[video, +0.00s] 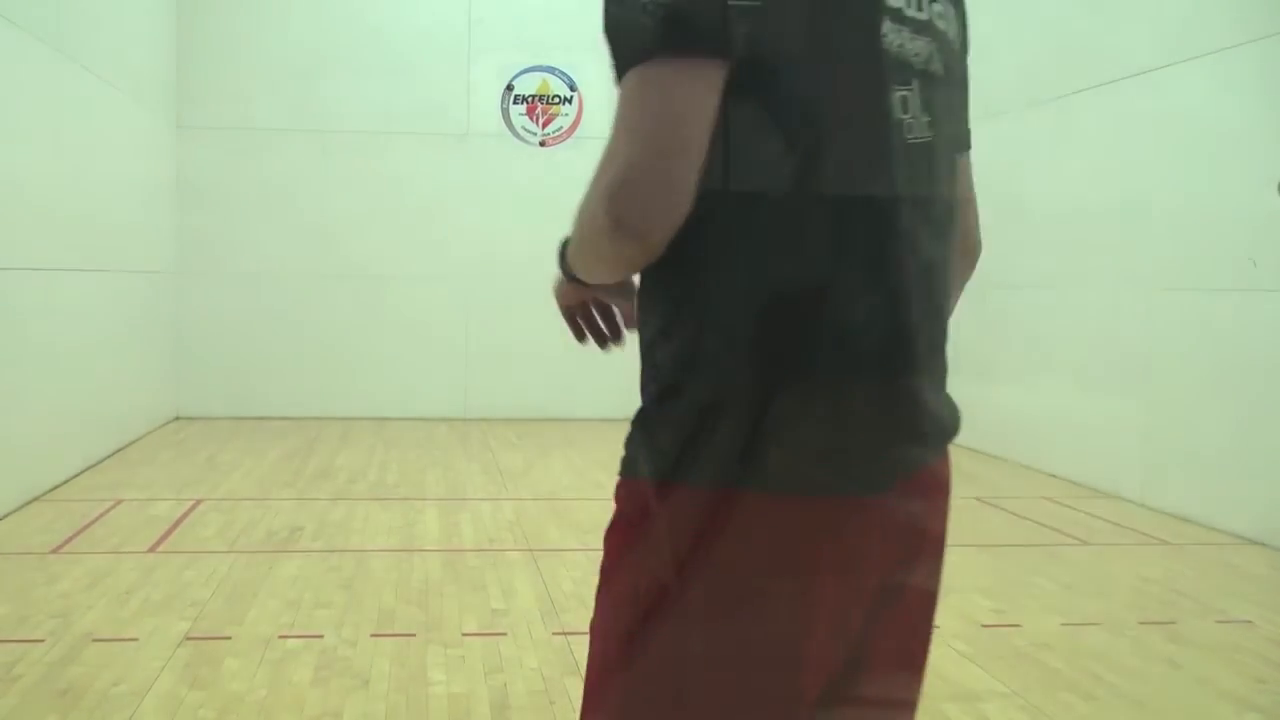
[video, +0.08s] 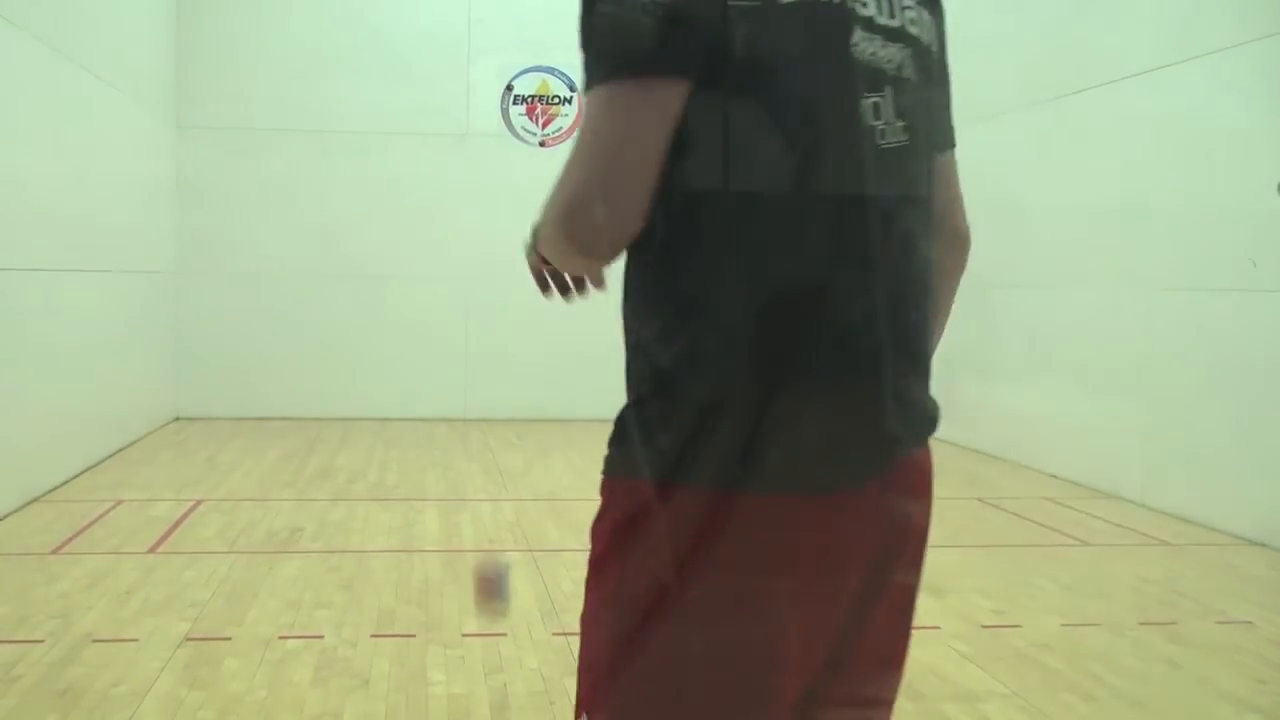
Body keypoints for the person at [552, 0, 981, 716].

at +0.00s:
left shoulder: (687, 7)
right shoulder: (931, 8)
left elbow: (645, 194)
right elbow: (957, 239)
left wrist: (586, 270)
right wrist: (862, 353)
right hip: (902, 473)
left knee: (672, 706)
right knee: (863, 708)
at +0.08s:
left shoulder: (658, 7)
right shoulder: (906, 5)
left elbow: (601, 211)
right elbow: (945, 233)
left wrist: (560, 244)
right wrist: (883, 383)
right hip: (883, 472)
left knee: (664, 705)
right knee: (843, 709)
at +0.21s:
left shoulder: (615, 7)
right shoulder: (871, 9)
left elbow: (519, 223)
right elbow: (912, 229)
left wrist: (547, 128)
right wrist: (872, 419)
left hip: (681, 482)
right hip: (848, 471)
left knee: (642, 706)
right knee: (815, 710)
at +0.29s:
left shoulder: (587, 7)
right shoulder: (842, 9)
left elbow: (486, 224)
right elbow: (884, 232)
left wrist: (461, 194)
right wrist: (855, 443)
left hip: (654, 477)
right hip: (815, 465)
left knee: (620, 705)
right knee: (782, 709)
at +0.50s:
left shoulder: (574, 9)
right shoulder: (781, 16)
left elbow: (473, 229)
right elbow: (811, 242)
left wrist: (381, 218)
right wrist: (774, 428)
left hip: (608, 461)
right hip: (743, 457)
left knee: (558, 703)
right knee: (692, 703)